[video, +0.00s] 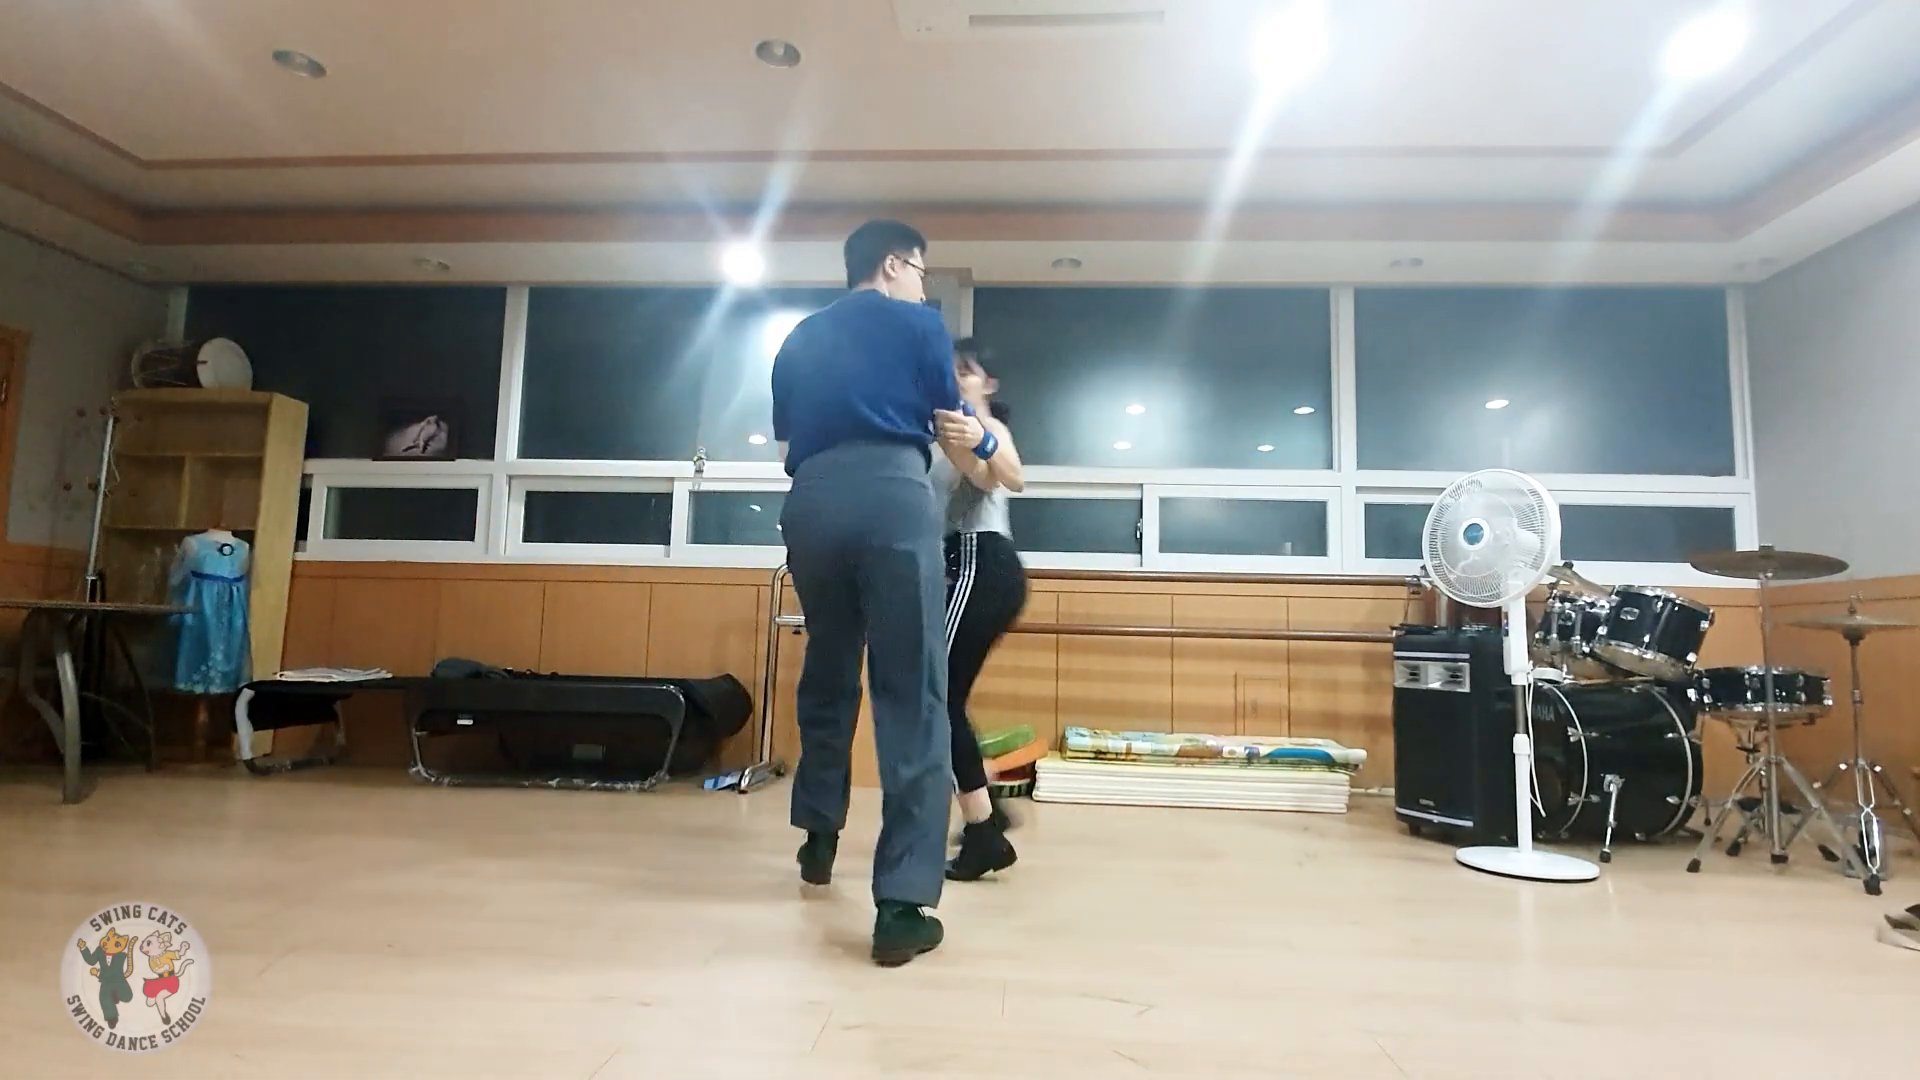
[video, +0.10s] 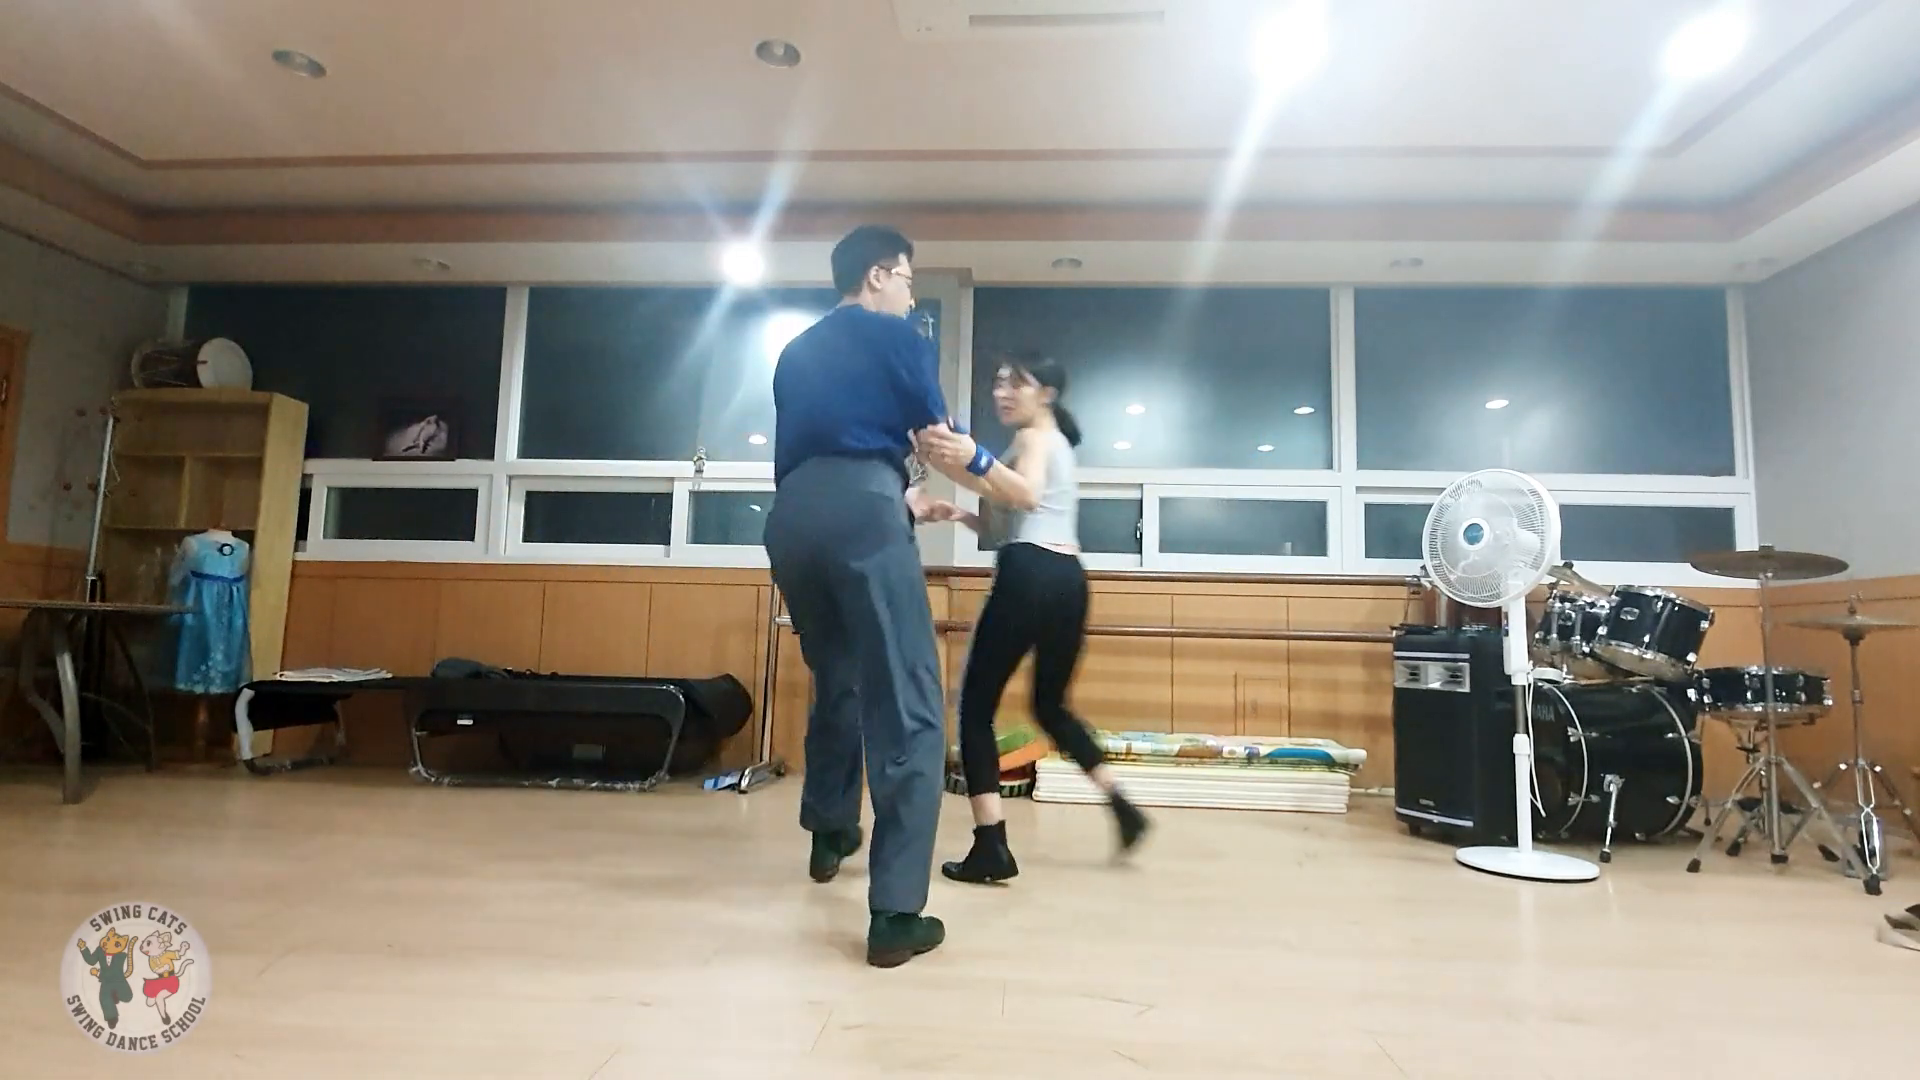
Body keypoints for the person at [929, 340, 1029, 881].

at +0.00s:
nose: (955, 383)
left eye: (963, 374)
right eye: (951, 376)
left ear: (987, 381)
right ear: (953, 382)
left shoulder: (986, 425)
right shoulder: (947, 426)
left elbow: (1009, 477)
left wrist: (974, 435)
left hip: (981, 562)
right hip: (969, 563)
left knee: (943, 693)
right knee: (945, 693)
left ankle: (981, 828)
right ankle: (983, 817)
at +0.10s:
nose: (1001, 391)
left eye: (1014, 383)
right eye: (999, 382)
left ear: (1045, 392)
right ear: (1039, 398)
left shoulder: (1032, 438)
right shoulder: (1057, 445)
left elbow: (1025, 494)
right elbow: (1005, 528)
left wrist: (963, 463)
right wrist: (954, 513)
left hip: (1026, 578)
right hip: (1069, 581)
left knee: (976, 706)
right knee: (1049, 705)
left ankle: (990, 843)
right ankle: (1121, 804)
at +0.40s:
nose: (1147, 387)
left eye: (1158, 377)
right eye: (1147, 377)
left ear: (1192, 383)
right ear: (1182, 386)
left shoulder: (1198, 443)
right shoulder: (1178, 437)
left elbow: (1203, 532)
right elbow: (1112, 465)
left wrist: (1152, 582)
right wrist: (1039, 456)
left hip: (1207, 570)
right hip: (1255, 574)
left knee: (1139, 691)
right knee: (1227, 710)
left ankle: (1122, 803)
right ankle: (1227, 848)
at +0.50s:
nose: (1181, 384)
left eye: (1193, 373)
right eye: (1178, 374)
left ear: (1225, 379)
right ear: (1180, 382)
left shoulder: (1238, 443)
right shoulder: (1190, 440)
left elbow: (1269, 531)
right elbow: (1128, 463)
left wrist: (1268, 618)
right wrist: (1050, 452)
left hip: (1246, 579)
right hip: (1277, 577)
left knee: (1186, 695)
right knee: (1251, 708)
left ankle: (1222, 820)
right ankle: (1249, 843)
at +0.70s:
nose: (1232, 374)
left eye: (1247, 363)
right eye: (1226, 366)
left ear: (1280, 373)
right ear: (1222, 380)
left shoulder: (1315, 438)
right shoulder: (1217, 448)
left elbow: (1403, 482)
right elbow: (1137, 475)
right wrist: (1053, 460)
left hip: (1312, 592)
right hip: (1265, 596)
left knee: (1270, 722)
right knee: (1191, 689)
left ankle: (1317, 867)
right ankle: (1226, 821)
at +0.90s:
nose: (1247, 369)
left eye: (1259, 358)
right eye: (1238, 363)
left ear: (1291, 369)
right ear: (1233, 379)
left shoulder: (1334, 430)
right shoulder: (1224, 449)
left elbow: (1432, 380)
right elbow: (1132, 469)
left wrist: (1530, 320)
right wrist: (1047, 453)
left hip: (1303, 597)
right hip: (1237, 587)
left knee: (1280, 714)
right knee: (1206, 711)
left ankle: (1206, 838)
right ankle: (1195, 838)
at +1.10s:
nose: (1229, 381)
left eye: (1242, 370)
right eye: (1223, 376)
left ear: (1278, 379)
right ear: (1225, 395)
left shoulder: (1329, 436)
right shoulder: (1221, 465)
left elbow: (1397, 348)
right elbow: (1130, 486)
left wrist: (1428, 251)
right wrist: (1041, 472)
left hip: (1290, 619)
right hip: (1223, 606)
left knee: (1256, 744)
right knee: (1200, 738)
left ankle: (1183, 885)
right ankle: (1196, 846)